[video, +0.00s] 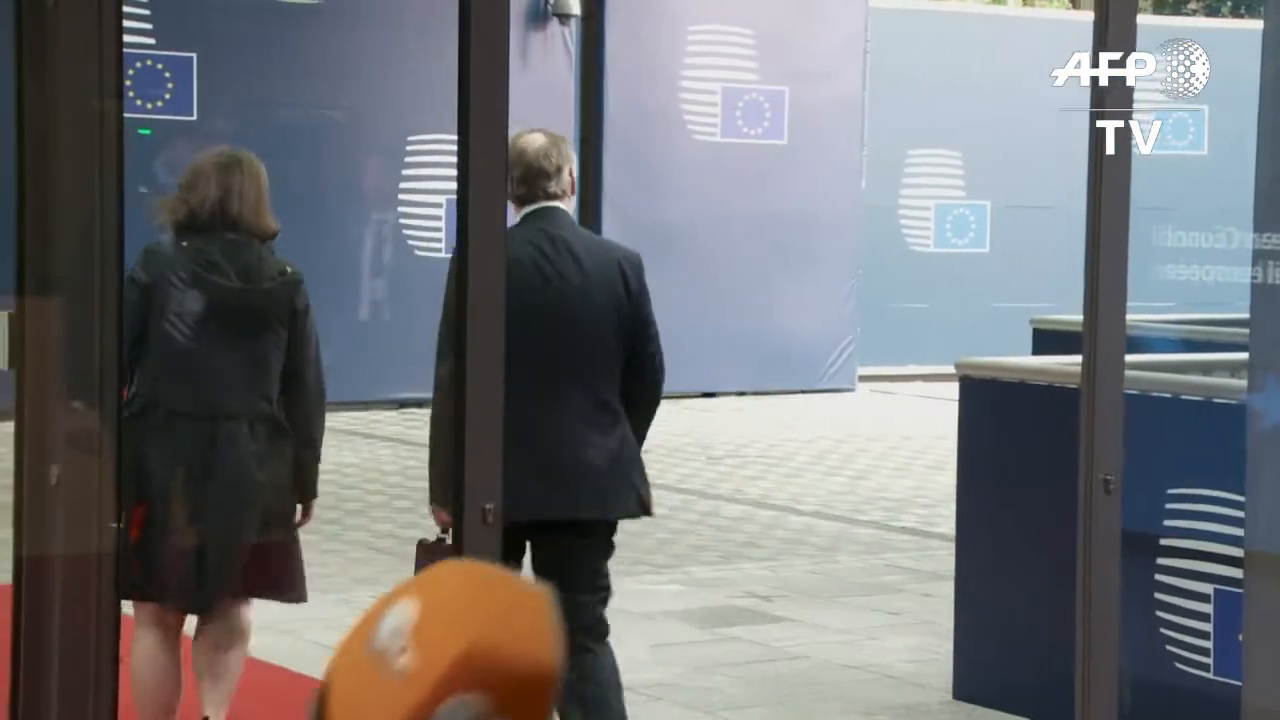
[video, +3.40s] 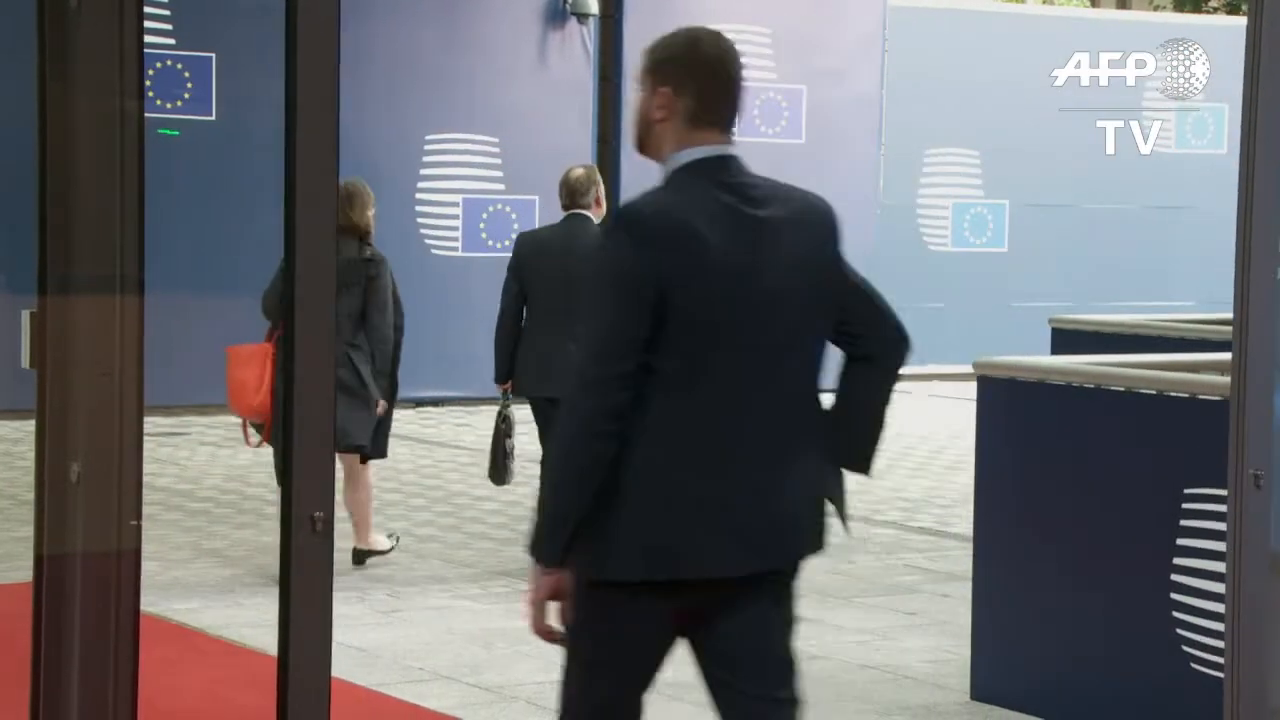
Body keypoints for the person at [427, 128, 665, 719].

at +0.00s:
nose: (574, 183)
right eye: (573, 176)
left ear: (509, 190)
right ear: (569, 183)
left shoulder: (476, 260)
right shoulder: (618, 263)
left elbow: (450, 382)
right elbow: (646, 377)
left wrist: (444, 489)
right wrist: (616, 451)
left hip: (491, 478)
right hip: (586, 476)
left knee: (491, 635)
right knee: (585, 633)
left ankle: (494, 716)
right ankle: (599, 717)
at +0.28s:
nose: (556, 167)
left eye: (549, 158)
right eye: (555, 159)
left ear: (489, 167)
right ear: (548, 167)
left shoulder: (453, 239)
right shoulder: (595, 246)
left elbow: (426, 350)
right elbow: (623, 359)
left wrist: (414, 448)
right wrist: (627, 453)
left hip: (477, 452)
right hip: (561, 456)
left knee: (486, 587)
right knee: (538, 583)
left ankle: (492, 710)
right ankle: (531, 709)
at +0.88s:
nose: (538, 174)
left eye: (534, 165)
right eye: (537, 166)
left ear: (474, 172)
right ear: (529, 174)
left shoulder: (439, 230)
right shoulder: (563, 245)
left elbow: (407, 321)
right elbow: (586, 340)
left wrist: (390, 404)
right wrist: (559, 397)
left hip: (443, 424)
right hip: (526, 426)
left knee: (442, 540)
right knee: (510, 564)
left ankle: (431, 677)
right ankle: (488, 705)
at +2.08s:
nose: (533, 196)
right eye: (533, 190)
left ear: (483, 189)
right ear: (528, 191)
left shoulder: (441, 235)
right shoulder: (549, 246)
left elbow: (415, 314)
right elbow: (574, 322)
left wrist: (418, 379)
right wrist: (568, 380)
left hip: (448, 395)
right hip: (515, 398)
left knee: (457, 490)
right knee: (499, 505)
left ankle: (452, 593)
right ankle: (473, 625)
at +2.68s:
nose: (555, 198)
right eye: (556, 192)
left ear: (510, 192)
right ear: (552, 193)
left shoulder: (473, 237)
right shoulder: (571, 243)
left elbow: (453, 312)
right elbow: (587, 321)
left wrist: (450, 375)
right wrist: (588, 384)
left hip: (486, 383)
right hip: (547, 384)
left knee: (486, 484)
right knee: (547, 476)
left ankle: (488, 593)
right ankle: (554, 570)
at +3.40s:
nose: (606, 201)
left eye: (604, 195)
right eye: (605, 195)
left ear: (562, 200)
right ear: (599, 199)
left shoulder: (529, 243)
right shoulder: (611, 246)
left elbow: (510, 313)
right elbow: (621, 317)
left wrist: (503, 370)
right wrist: (620, 370)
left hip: (540, 377)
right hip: (592, 377)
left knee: (554, 461)